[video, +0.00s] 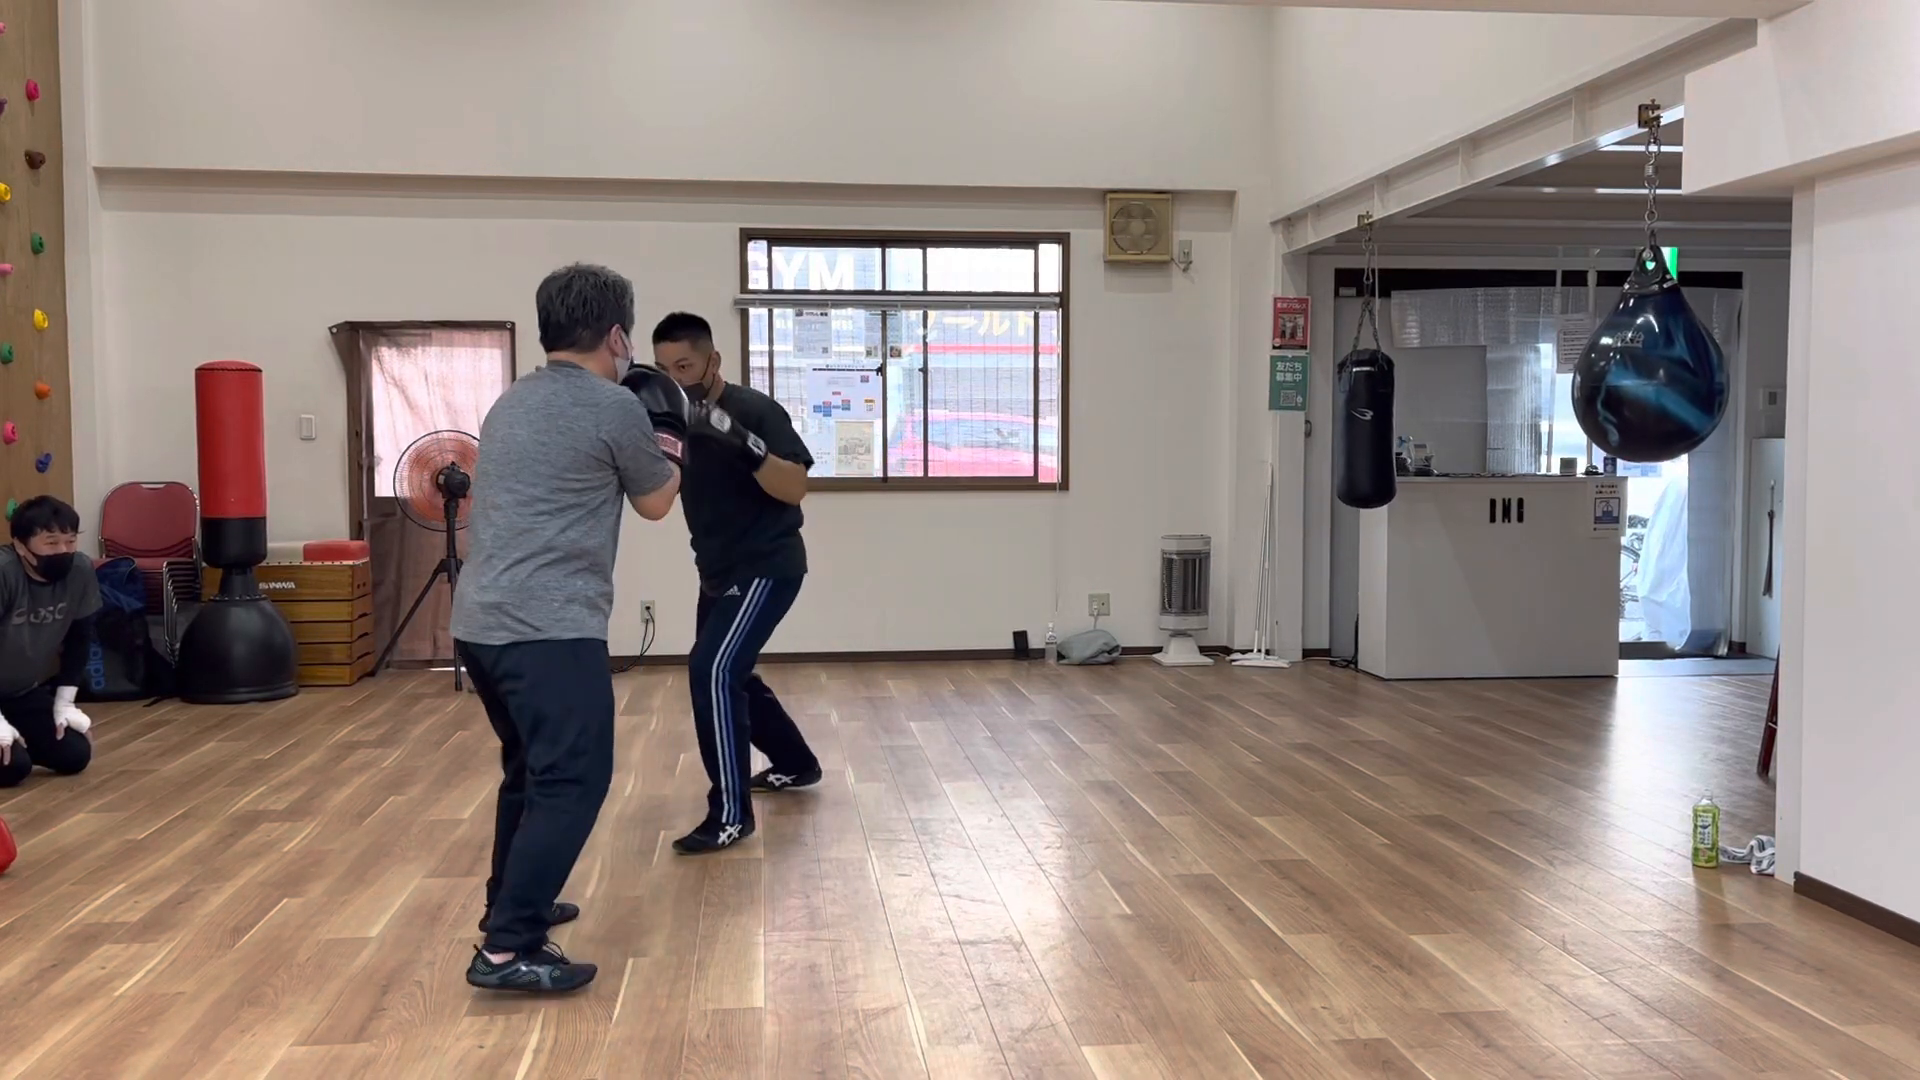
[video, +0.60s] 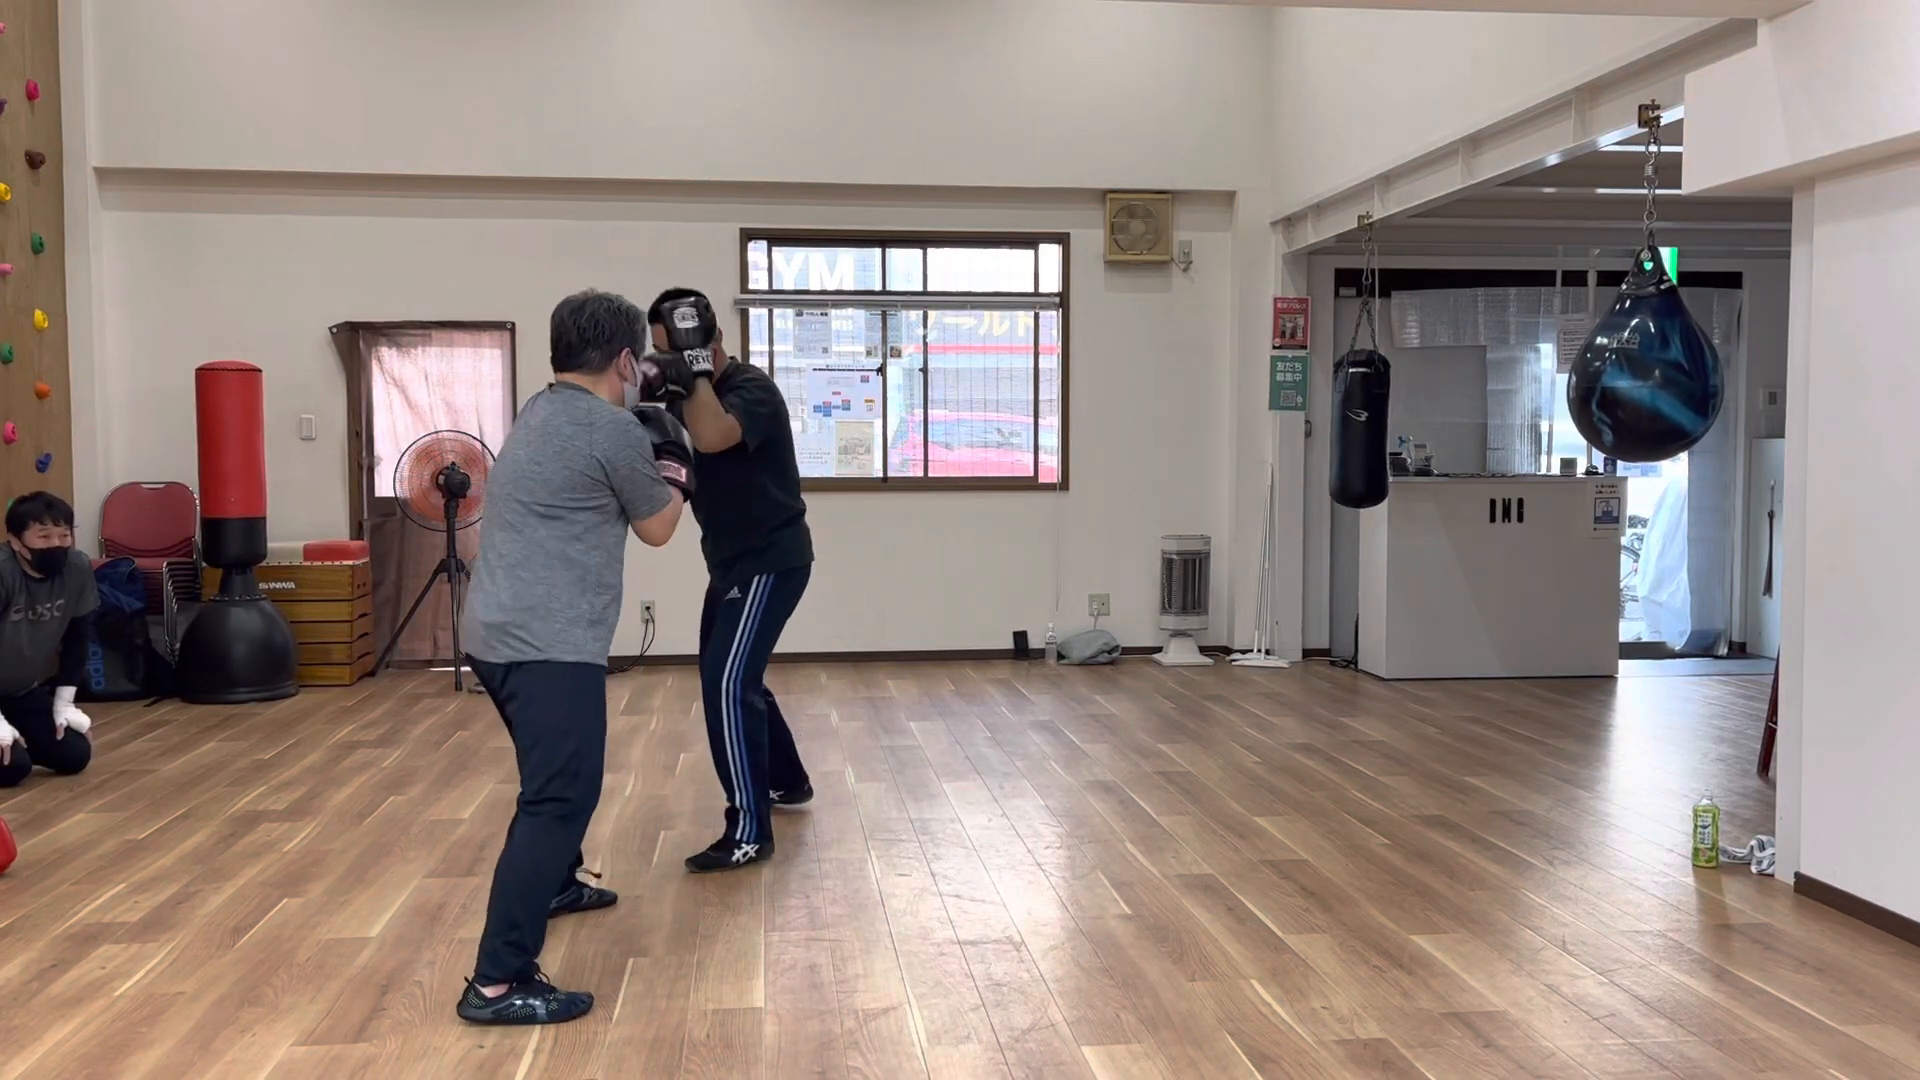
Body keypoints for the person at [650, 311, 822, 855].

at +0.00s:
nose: (677, 378)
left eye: (684, 365)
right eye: (667, 370)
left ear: (713, 359)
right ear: (662, 373)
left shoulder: (755, 409)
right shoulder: (677, 414)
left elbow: (794, 487)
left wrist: (739, 440)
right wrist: (640, 407)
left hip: (766, 566)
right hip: (719, 569)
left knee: (713, 671)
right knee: (726, 672)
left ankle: (731, 817)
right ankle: (796, 764)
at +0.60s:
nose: (668, 358)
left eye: (674, 346)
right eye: (661, 349)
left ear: (706, 342)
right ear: (655, 352)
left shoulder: (752, 389)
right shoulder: (690, 401)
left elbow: (711, 434)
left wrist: (697, 368)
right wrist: (646, 398)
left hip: (769, 562)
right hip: (732, 562)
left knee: (726, 682)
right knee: (729, 674)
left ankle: (748, 833)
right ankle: (788, 780)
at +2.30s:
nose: (664, 347)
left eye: (674, 335)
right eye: (655, 338)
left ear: (707, 328)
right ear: (650, 339)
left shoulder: (747, 384)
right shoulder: (661, 395)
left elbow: (754, 461)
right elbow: (631, 469)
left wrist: (704, 394)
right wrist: (611, 406)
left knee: (708, 670)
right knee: (712, 673)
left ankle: (715, 825)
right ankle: (784, 768)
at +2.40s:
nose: (650, 351)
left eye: (662, 338)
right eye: (642, 340)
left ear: (696, 333)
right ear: (638, 340)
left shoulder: (738, 393)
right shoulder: (653, 401)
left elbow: (759, 472)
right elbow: (619, 471)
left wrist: (691, 427)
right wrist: (593, 415)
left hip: (733, 559)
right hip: (685, 565)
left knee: (686, 681)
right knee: (723, 676)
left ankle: (670, 836)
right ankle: (785, 769)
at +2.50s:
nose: (635, 343)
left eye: (647, 331)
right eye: (627, 333)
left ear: (681, 326)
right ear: (622, 332)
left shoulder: (714, 385)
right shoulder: (638, 394)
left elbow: (740, 458)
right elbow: (603, 461)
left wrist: (667, 414)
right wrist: (578, 397)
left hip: (715, 560)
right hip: (678, 562)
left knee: (672, 689)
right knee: (712, 672)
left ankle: (657, 850)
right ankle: (777, 762)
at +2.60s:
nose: (618, 345)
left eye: (629, 331)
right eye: (610, 334)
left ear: (666, 327)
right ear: (608, 334)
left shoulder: (691, 379)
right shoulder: (639, 396)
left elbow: (679, 425)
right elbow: (597, 460)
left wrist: (595, 400)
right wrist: (580, 389)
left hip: (704, 564)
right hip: (676, 566)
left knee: (648, 692)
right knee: (687, 674)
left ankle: (656, 854)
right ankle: (760, 767)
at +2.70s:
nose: (612, 348)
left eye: (624, 334)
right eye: (605, 337)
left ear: (660, 329)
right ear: (602, 335)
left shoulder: (679, 378)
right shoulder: (632, 393)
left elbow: (635, 408)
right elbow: (599, 463)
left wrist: (574, 376)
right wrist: (573, 399)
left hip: (702, 566)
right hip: (674, 567)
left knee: (643, 693)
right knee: (682, 681)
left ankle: (654, 852)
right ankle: (747, 783)